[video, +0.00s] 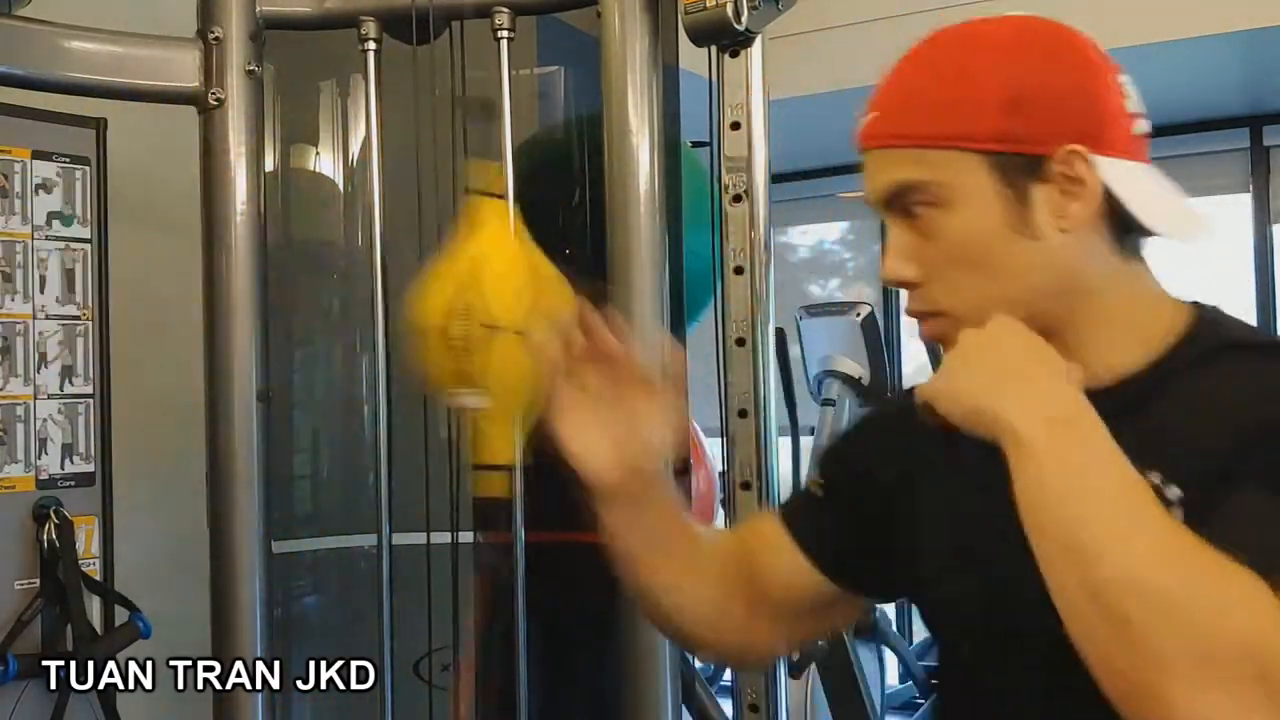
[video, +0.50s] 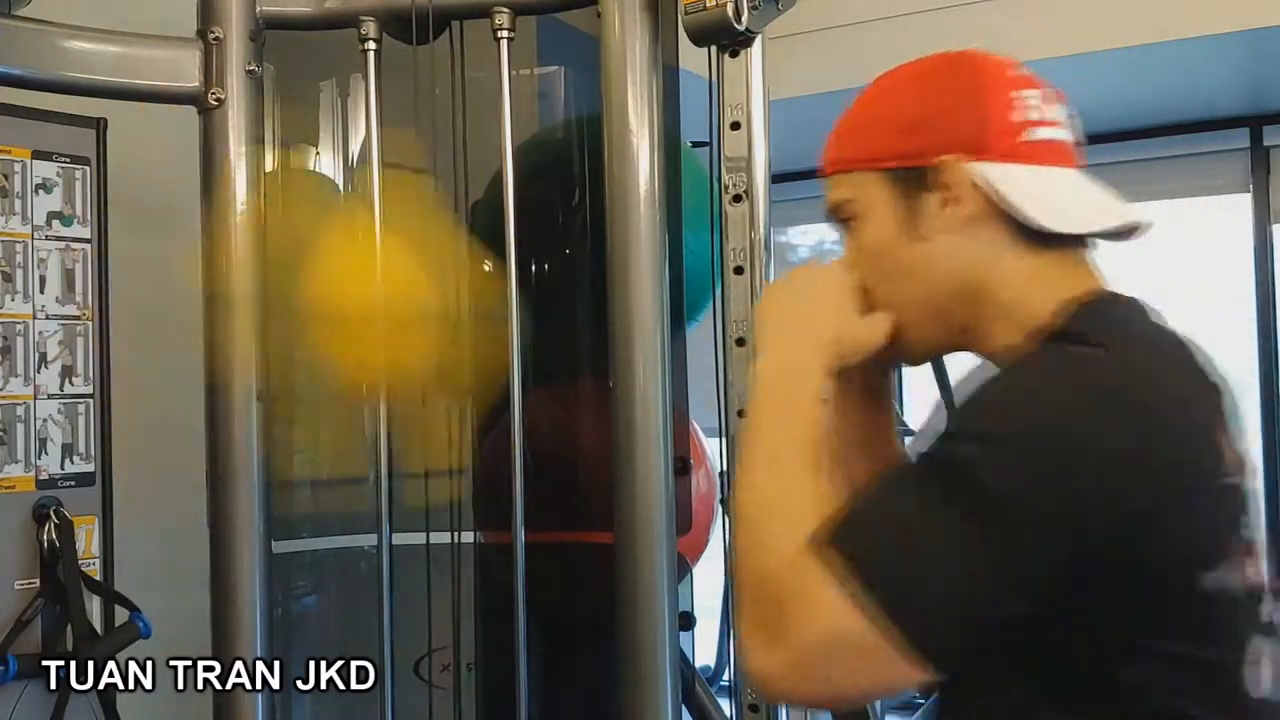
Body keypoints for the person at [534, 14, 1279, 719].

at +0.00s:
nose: (890, 270)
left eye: (915, 210)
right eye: (884, 224)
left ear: (1068, 191)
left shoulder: (1256, 399)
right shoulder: (924, 437)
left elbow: (1229, 693)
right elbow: (747, 610)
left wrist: (1043, 413)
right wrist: (633, 488)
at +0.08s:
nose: (913, 277)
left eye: (936, 216)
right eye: (906, 230)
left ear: (1086, 193)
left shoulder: (1263, 396)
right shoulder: (973, 427)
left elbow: (1214, 702)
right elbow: (806, 622)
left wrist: (1037, 436)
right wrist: (695, 523)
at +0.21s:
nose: (919, 277)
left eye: (932, 216)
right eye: (912, 230)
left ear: (1073, 188)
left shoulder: (1262, 392)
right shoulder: (1029, 423)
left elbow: (1166, 698)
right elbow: (875, 590)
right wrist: (770, 470)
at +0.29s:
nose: (904, 273)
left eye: (909, 216)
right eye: (897, 226)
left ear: (1038, 188)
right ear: (1039, 190)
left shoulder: (1250, 405)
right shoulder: (1023, 426)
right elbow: (883, 599)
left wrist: (872, 368)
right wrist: (813, 414)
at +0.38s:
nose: (880, 268)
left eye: (884, 218)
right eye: (875, 225)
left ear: (1000, 193)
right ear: (1003, 195)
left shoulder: (1197, 424)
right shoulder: (1030, 426)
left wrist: (837, 359)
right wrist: (840, 366)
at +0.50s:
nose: (846, 266)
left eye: (850, 220)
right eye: (842, 227)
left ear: (953, 197)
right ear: (955, 199)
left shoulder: (1083, 400)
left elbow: (797, 647)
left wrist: (790, 354)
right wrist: (858, 381)